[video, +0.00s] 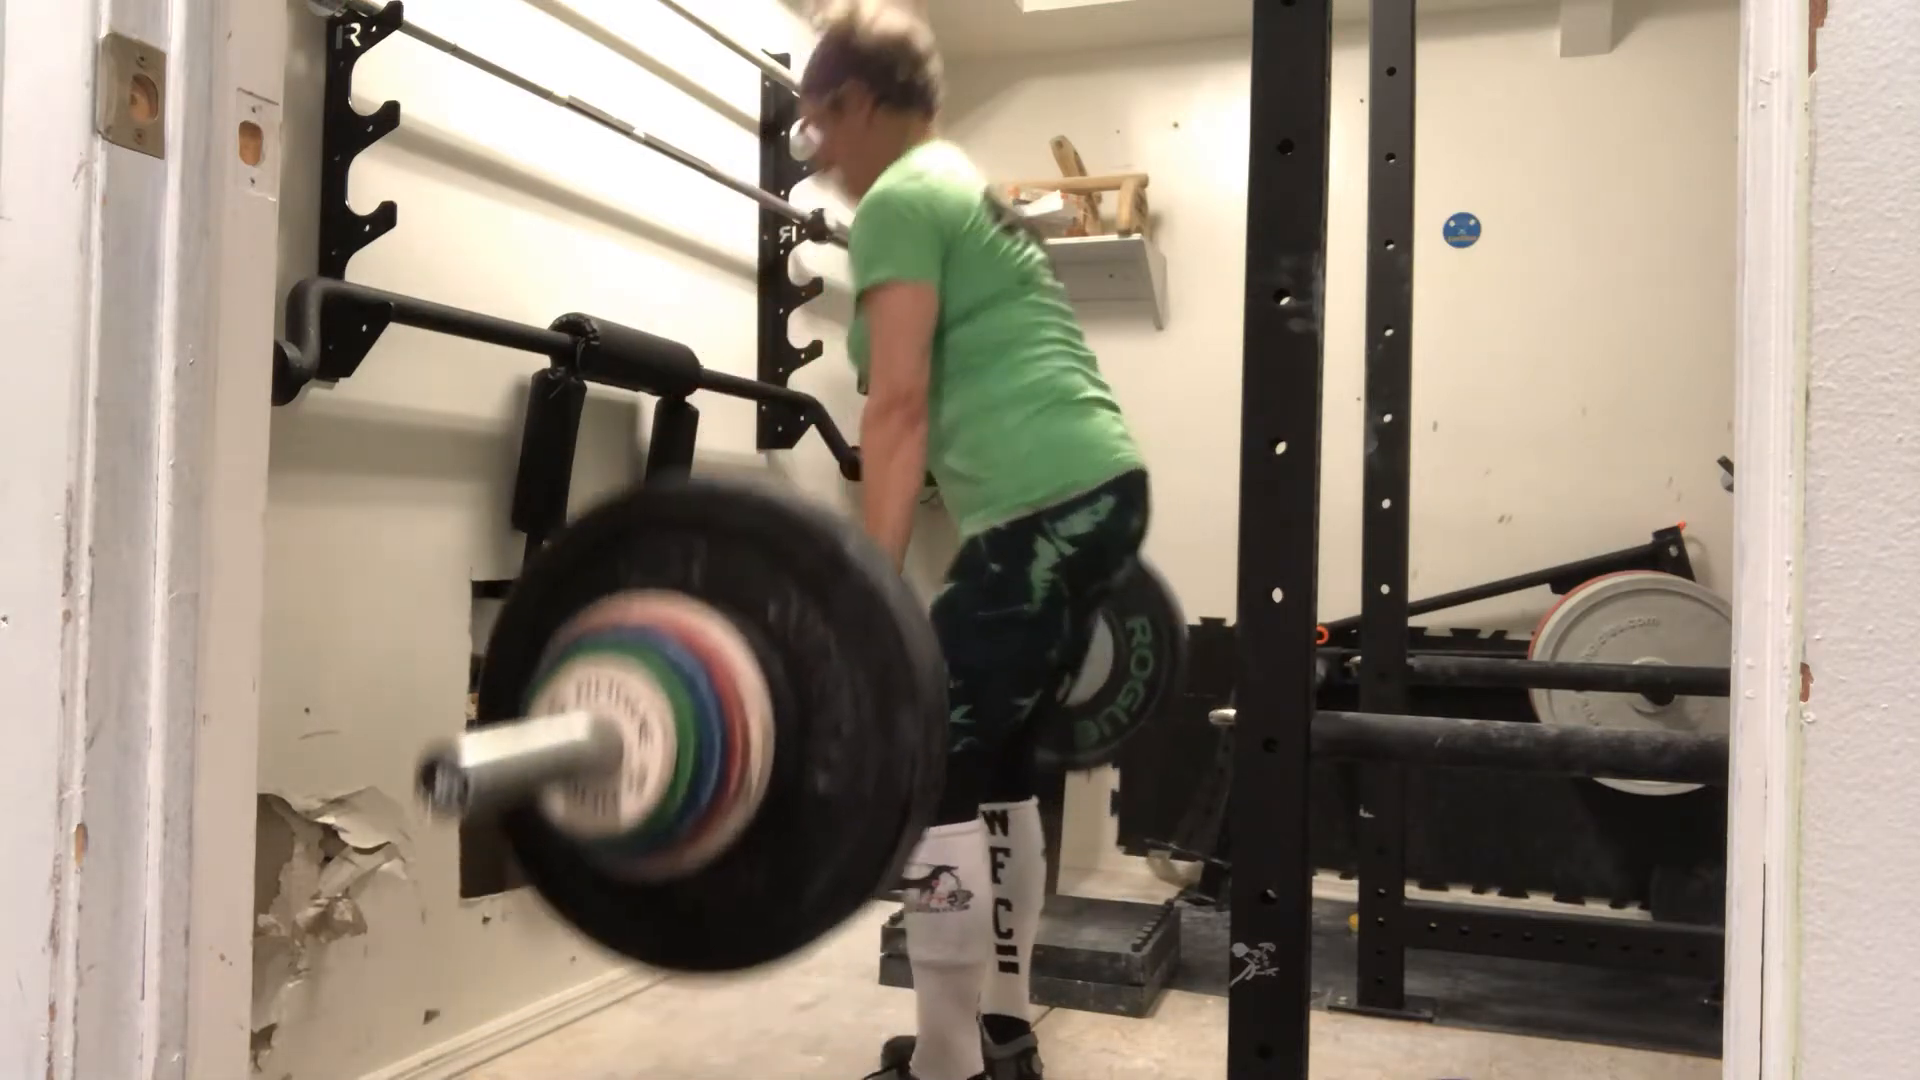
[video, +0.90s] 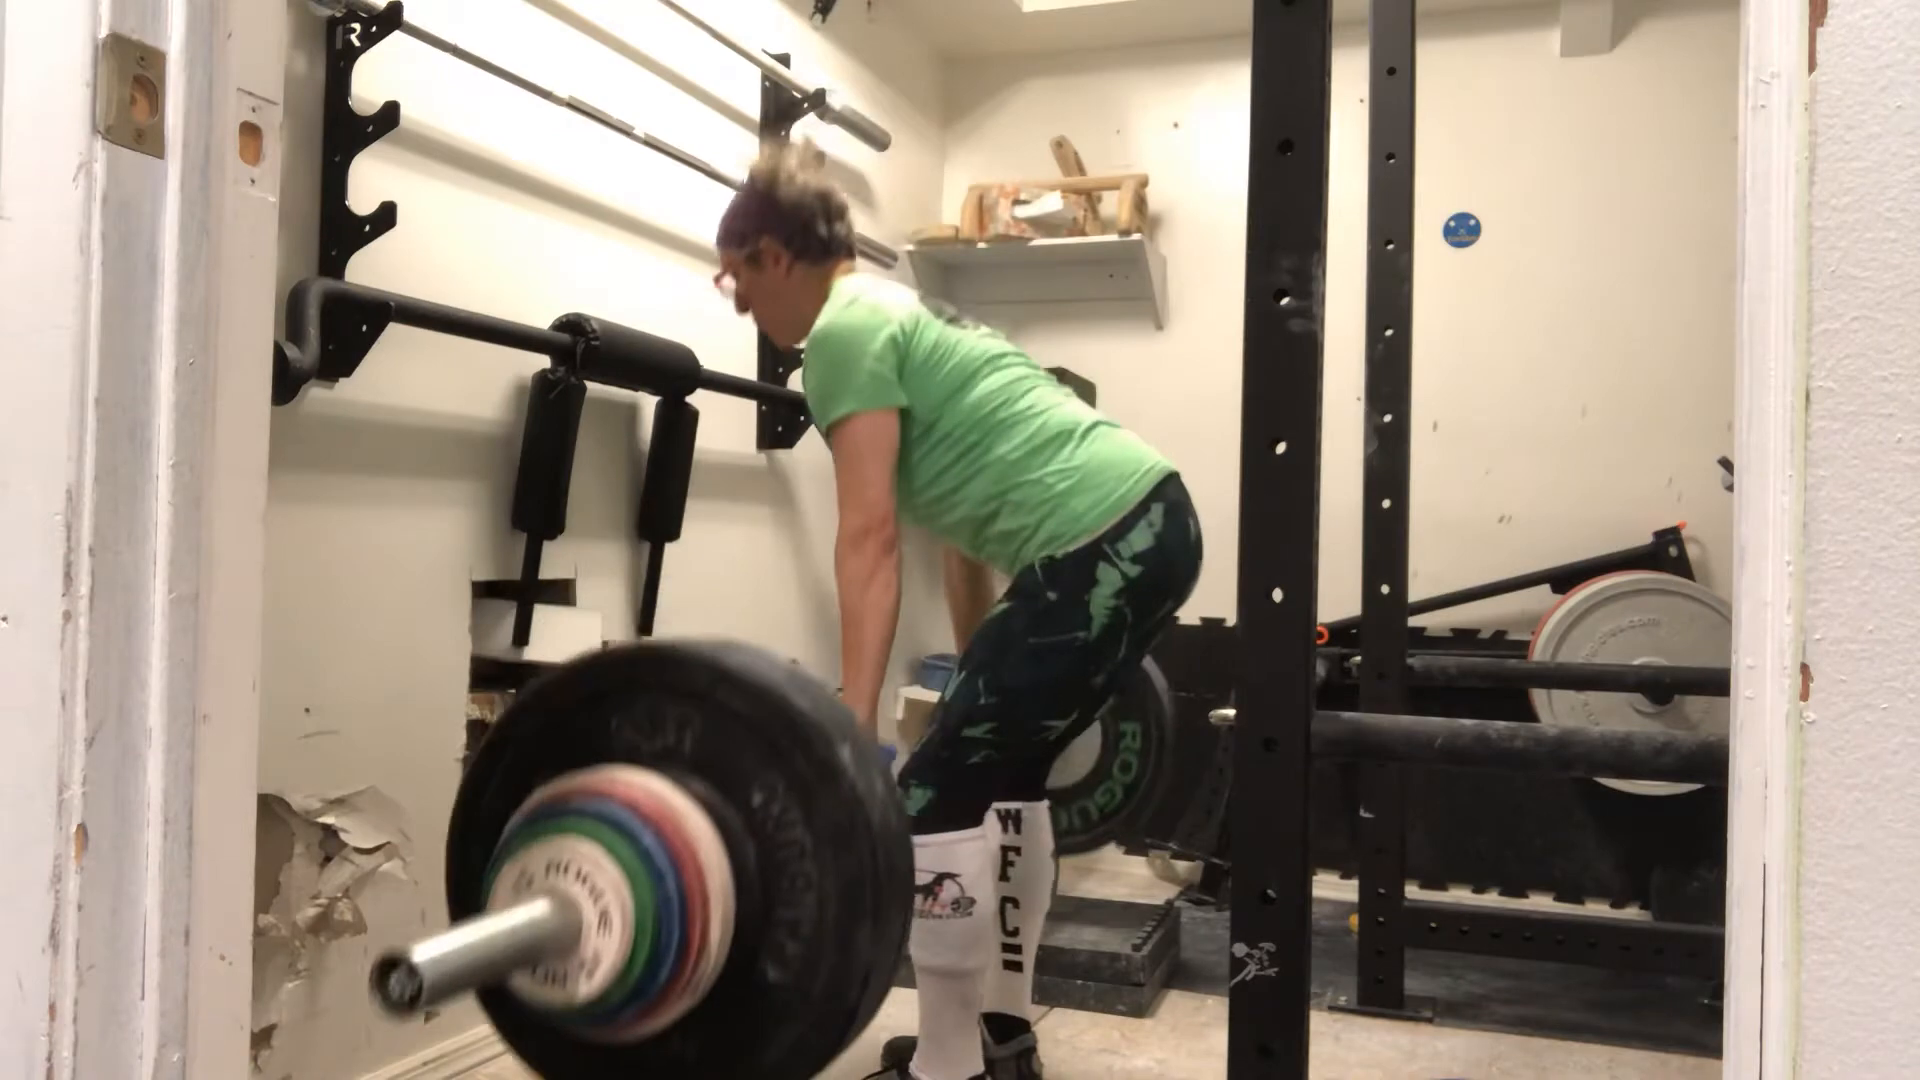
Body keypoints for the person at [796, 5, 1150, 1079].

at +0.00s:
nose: (809, 144)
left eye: (817, 117)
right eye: (807, 121)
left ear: (866, 105)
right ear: (892, 107)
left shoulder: (901, 200)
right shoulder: (950, 185)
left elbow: (897, 407)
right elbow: (934, 395)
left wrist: (868, 586)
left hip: (1039, 509)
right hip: (1092, 491)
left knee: (935, 763)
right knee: (1011, 753)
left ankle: (947, 1060)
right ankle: (1002, 1020)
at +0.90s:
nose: (733, 293)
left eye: (735, 270)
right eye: (729, 275)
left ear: (778, 257)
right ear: (802, 253)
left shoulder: (847, 330)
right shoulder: (896, 318)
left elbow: (870, 540)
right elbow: (965, 540)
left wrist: (853, 733)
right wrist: (981, 688)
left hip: (1103, 542)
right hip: (1142, 522)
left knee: (932, 797)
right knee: (1007, 778)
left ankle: (945, 1062)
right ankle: (1002, 1027)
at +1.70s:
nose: (693, 419)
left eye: (691, 396)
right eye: (684, 401)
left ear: (729, 374)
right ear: (777, 360)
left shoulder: (801, 434)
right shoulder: (850, 406)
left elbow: (845, 641)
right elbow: (933, 604)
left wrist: (848, 827)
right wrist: (971, 727)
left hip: (1104, 573)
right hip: (1146, 547)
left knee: (903, 804)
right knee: (970, 793)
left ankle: (943, 1054)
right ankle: (998, 1032)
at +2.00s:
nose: (703, 400)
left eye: (704, 377)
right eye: (697, 383)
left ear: (747, 358)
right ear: (781, 350)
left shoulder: (813, 428)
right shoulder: (867, 400)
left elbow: (852, 640)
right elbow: (944, 600)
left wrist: (847, 834)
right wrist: (965, 731)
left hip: (1105, 585)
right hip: (1149, 556)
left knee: (899, 810)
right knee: (972, 797)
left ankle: (942, 1059)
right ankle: (1000, 1038)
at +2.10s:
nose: (708, 394)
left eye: (709, 371)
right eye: (703, 376)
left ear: (750, 354)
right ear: (790, 344)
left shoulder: (819, 424)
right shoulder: (874, 394)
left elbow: (853, 641)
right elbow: (946, 594)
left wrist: (847, 827)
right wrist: (967, 731)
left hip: (1105, 584)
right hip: (1153, 554)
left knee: (904, 805)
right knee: (979, 790)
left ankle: (944, 1059)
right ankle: (999, 1034)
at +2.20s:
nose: (711, 387)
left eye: (715, 364)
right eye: (708, 367)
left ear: (757, 352)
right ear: (788, 343)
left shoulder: (825, 419)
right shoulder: (879, 391)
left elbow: (854, 638)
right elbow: (948, 592)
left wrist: (847, 819)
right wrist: (964, 729)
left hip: (1106, 584)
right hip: (1155, 556)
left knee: (904, 803)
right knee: (979, 790)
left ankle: (944, 1057)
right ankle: (1000, 1034)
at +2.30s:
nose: (714, 387)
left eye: (718, 364)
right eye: (710, 368)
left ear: (759, 351)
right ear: (791, 342)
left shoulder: (828, 416)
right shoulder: (883, 389)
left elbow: (856, 635)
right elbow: (950, 590)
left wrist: (849, 814)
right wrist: (965, 724)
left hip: (1109, 583)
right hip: (1159, 554)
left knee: (909, 801)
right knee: (987, 788)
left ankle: (944, 1059)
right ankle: (1001, 1034)